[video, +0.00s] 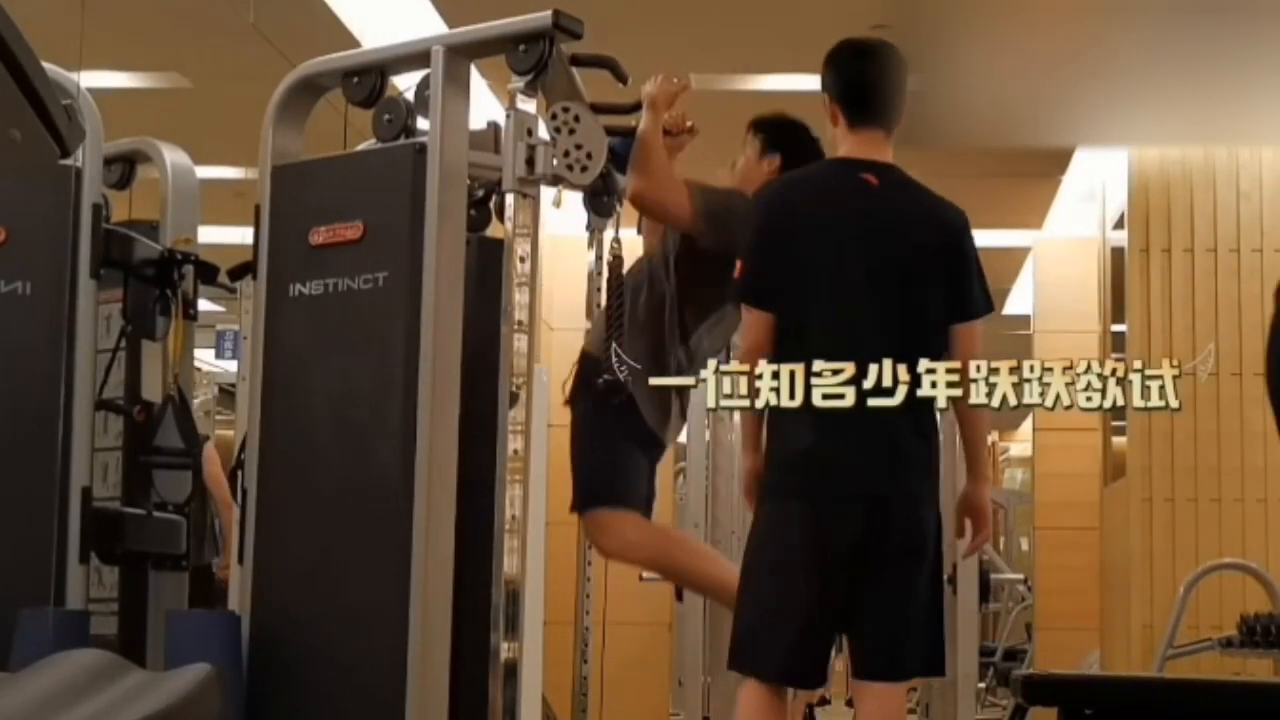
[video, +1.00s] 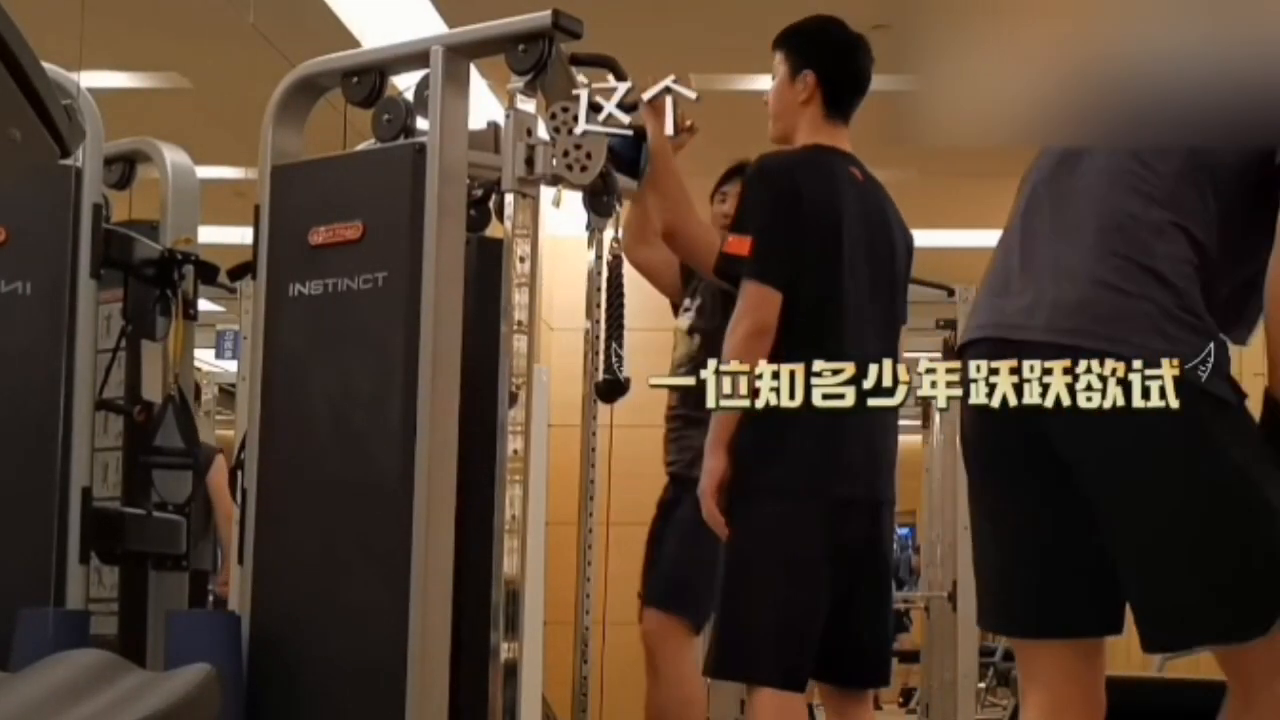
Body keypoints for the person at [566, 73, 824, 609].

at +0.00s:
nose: (736, 169)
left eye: (745, 158)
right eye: (739, 158)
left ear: (772, 162)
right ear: (783, 169)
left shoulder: (749, 213)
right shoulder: (755, 220)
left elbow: (648, 189)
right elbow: (659, 244)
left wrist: (651, 116)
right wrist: (662, 157)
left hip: (623, 373)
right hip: (635, 376)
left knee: (613, 530)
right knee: (619, 529)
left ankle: (759, 600)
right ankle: (759, 600)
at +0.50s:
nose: (709, 136)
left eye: (718, 126)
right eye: (713, 127)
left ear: (742, 136)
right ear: (760, 145)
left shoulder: (727, 191)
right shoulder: (737, 196)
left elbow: (636, 185)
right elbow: (647, 191)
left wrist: (645, 115)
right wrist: (663, 136)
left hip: (630, 378)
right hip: (644, 380)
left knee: (608, 533)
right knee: (621, 537)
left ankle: (706, 678)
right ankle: (704, 677)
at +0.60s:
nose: (699, 174)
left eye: (709, 161)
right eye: (703, 163)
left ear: (735, 169)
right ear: (747, 176)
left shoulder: (721, 221)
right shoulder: (732, 234)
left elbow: (635, 189)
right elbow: (653, 253)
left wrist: (646, 117)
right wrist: (662, 152)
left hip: (639, 416)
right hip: (661, 417)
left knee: (612, 588)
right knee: (644, 590)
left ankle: (644, 718)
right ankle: (661, 715)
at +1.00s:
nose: (724, 211)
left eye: (735, 201)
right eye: (721, 201)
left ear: (756, 212)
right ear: (715, 206)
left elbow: (683, 231)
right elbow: (638, 243)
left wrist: (659, 144)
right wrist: (655, 167)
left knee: (666, 624)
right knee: (662, 624)